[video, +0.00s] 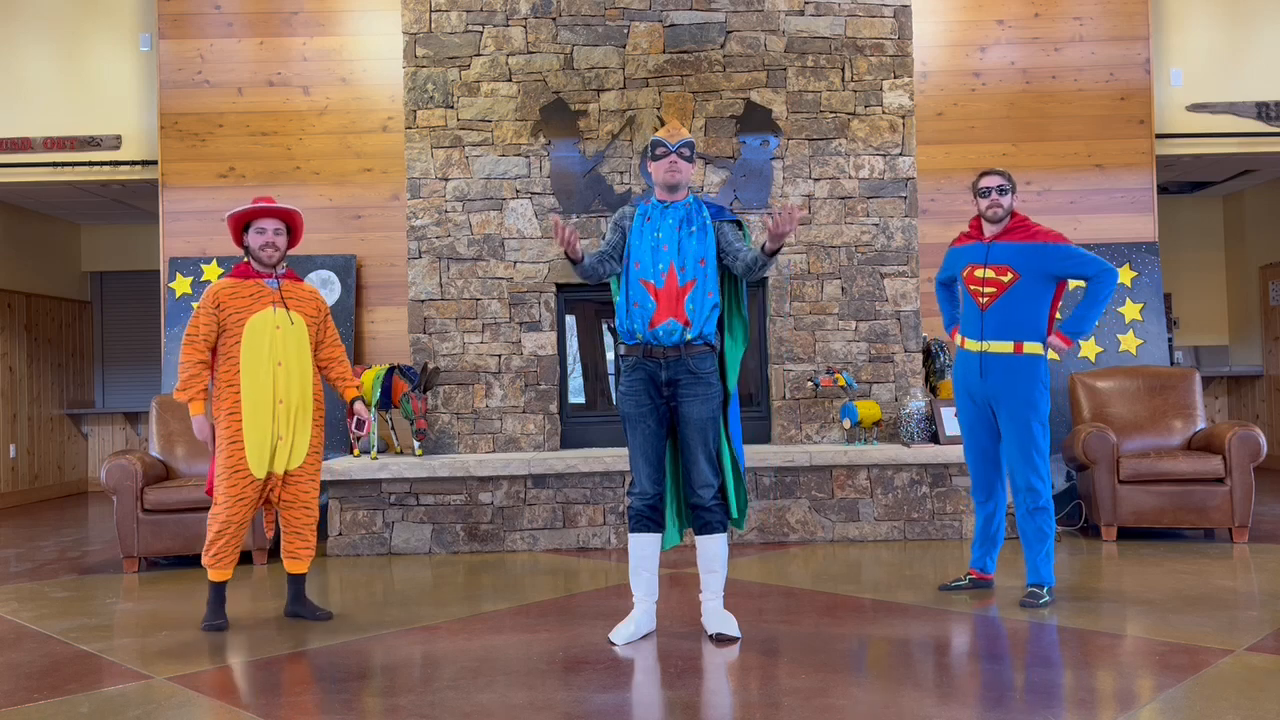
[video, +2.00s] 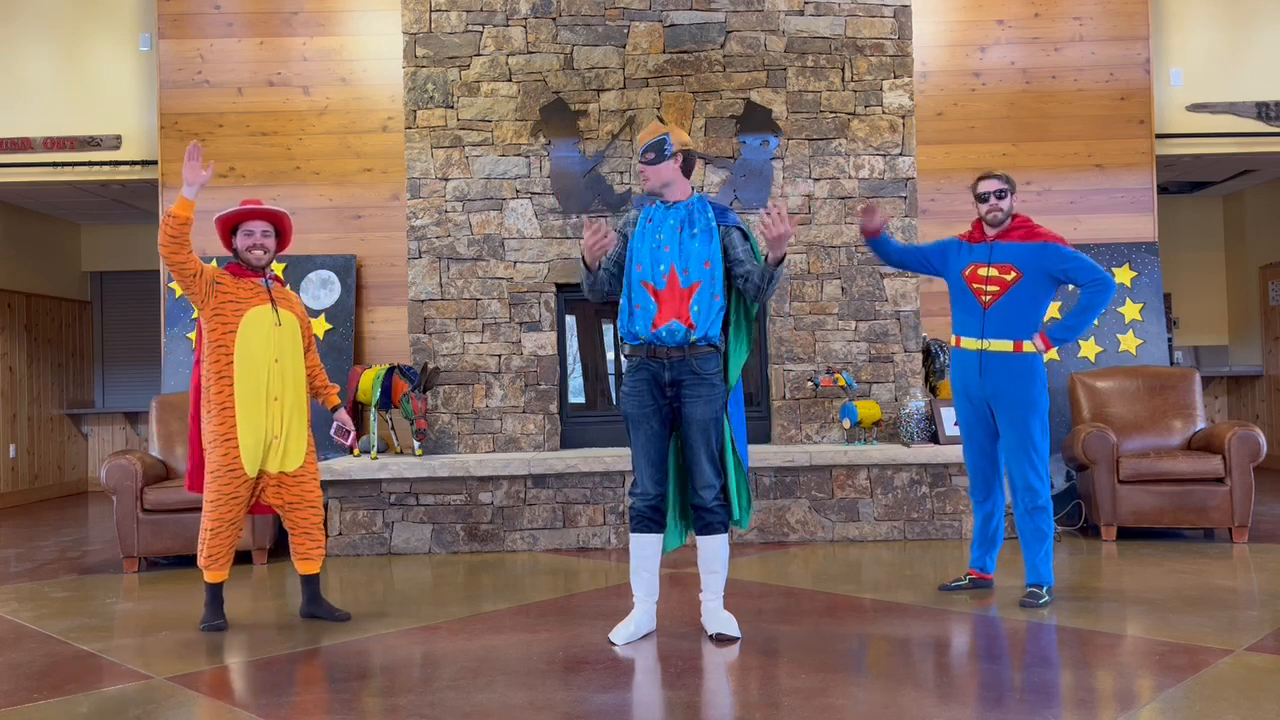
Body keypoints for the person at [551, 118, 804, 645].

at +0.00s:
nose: (674, 159)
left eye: (683, 154)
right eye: (663, 154)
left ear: (695, 168)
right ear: (647, 168)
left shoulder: (713, 217)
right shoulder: (628, 218)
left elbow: (745, 266)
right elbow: (604, 267)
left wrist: (769, 246)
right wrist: (578, 256)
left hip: (696, 364)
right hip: (639, 366)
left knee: (705, 484)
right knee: (645, 488)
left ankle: (714, 608)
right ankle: (643, 609)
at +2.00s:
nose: (645, 164)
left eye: (656, 155)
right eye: (642, 159)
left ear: (685, 163)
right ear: (643, 170)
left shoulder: (720, 220)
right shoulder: (637, 222)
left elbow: (753, 286)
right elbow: (605, 291)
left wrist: (774, 257)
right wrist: (595, 263)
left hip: (700, 366)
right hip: (641, 367)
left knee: (706, 484)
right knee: (647, 487)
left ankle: (713, 608)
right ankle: (644, 610)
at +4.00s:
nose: (677, 164)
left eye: (686, 155)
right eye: (666, 155)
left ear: (698, 164)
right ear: (650, 164)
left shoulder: (721, 221)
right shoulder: (630, 221)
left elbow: (741, 304)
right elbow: (609, 304)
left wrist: (755, 283)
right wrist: (595, 274)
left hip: (702, 364)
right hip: (642, 365)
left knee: (708, 485)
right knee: (647, 486)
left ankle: (713, 607)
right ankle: (643, 609)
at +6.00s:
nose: (673, 162)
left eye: (684, 155)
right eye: (663, 156)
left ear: (701, 167)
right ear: (651, 168)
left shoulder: (722, 221)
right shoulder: (635, 220)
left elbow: (744, 285)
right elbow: (608, 292)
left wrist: (759, 259)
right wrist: (608, 269)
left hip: (704, 365)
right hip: (646, 366)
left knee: (710, 485)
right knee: (650, 487)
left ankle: (714, 607)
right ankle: (644, 608)